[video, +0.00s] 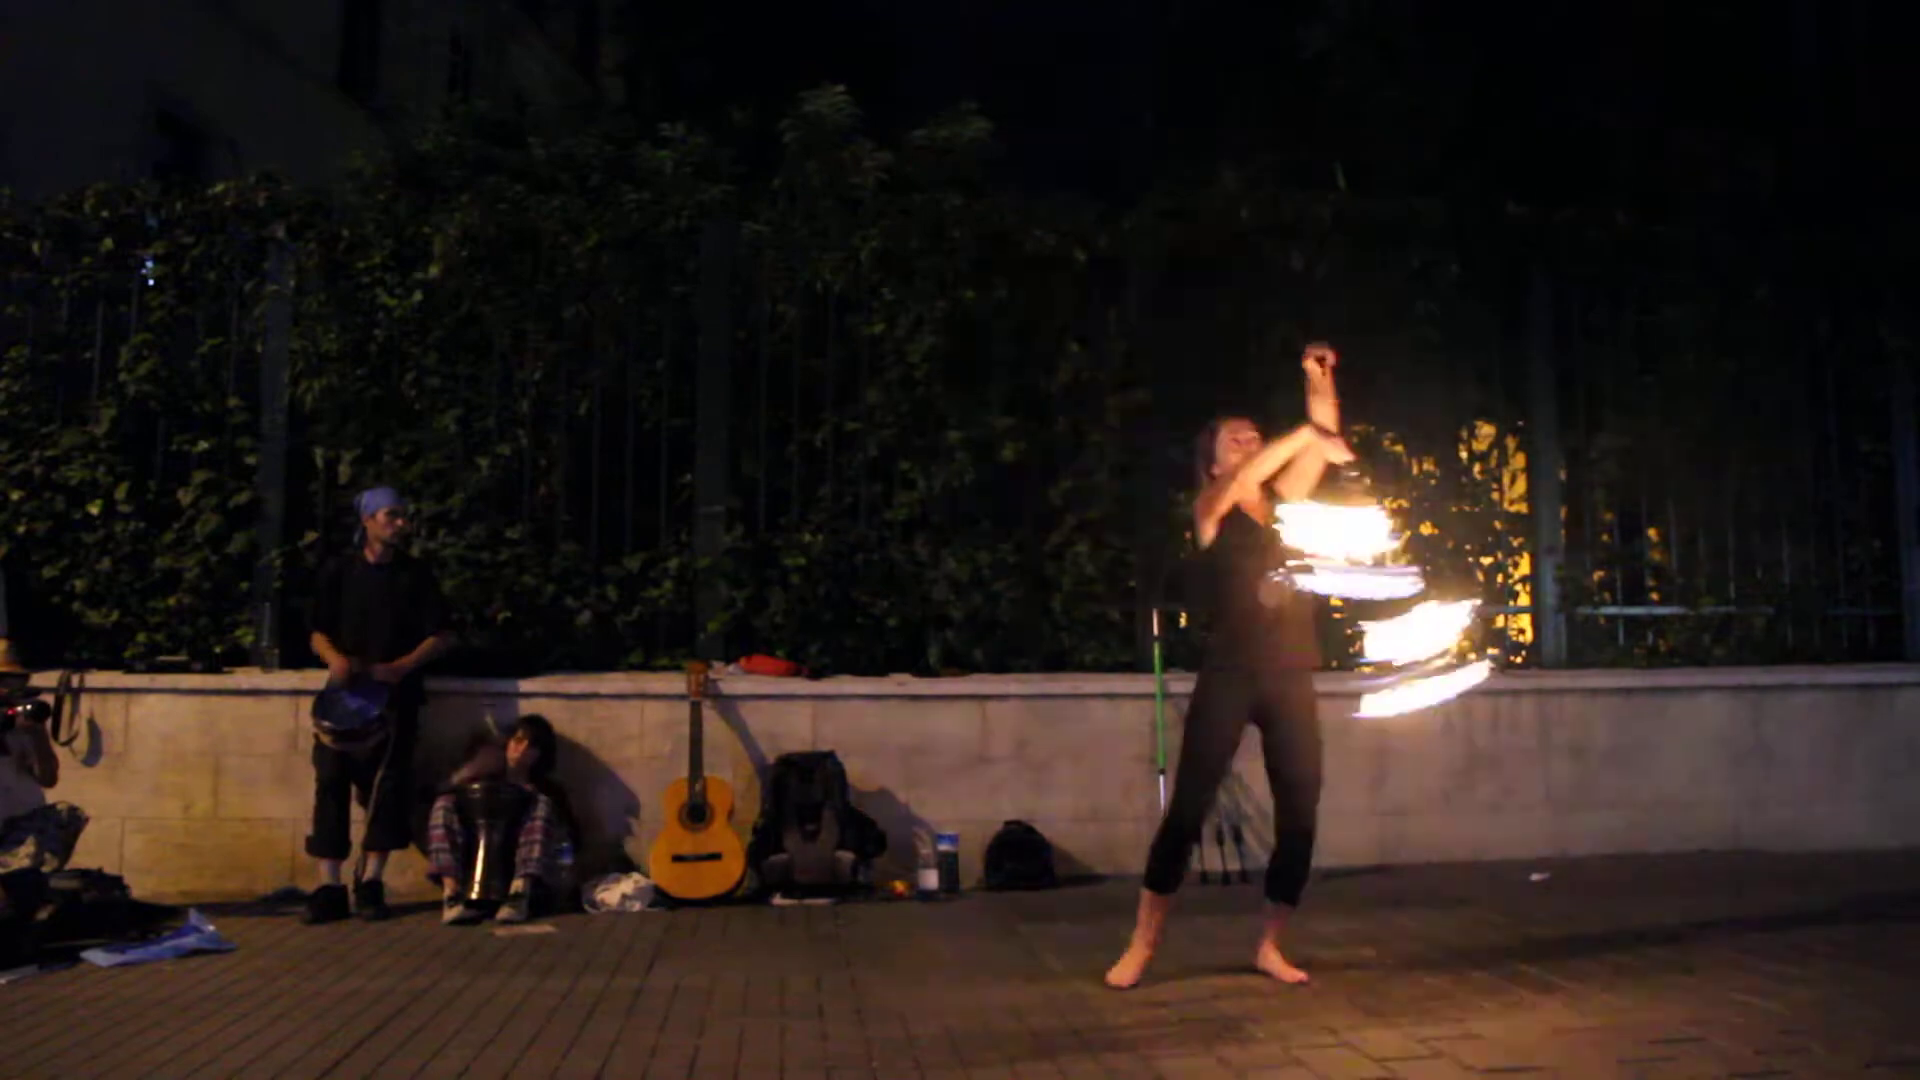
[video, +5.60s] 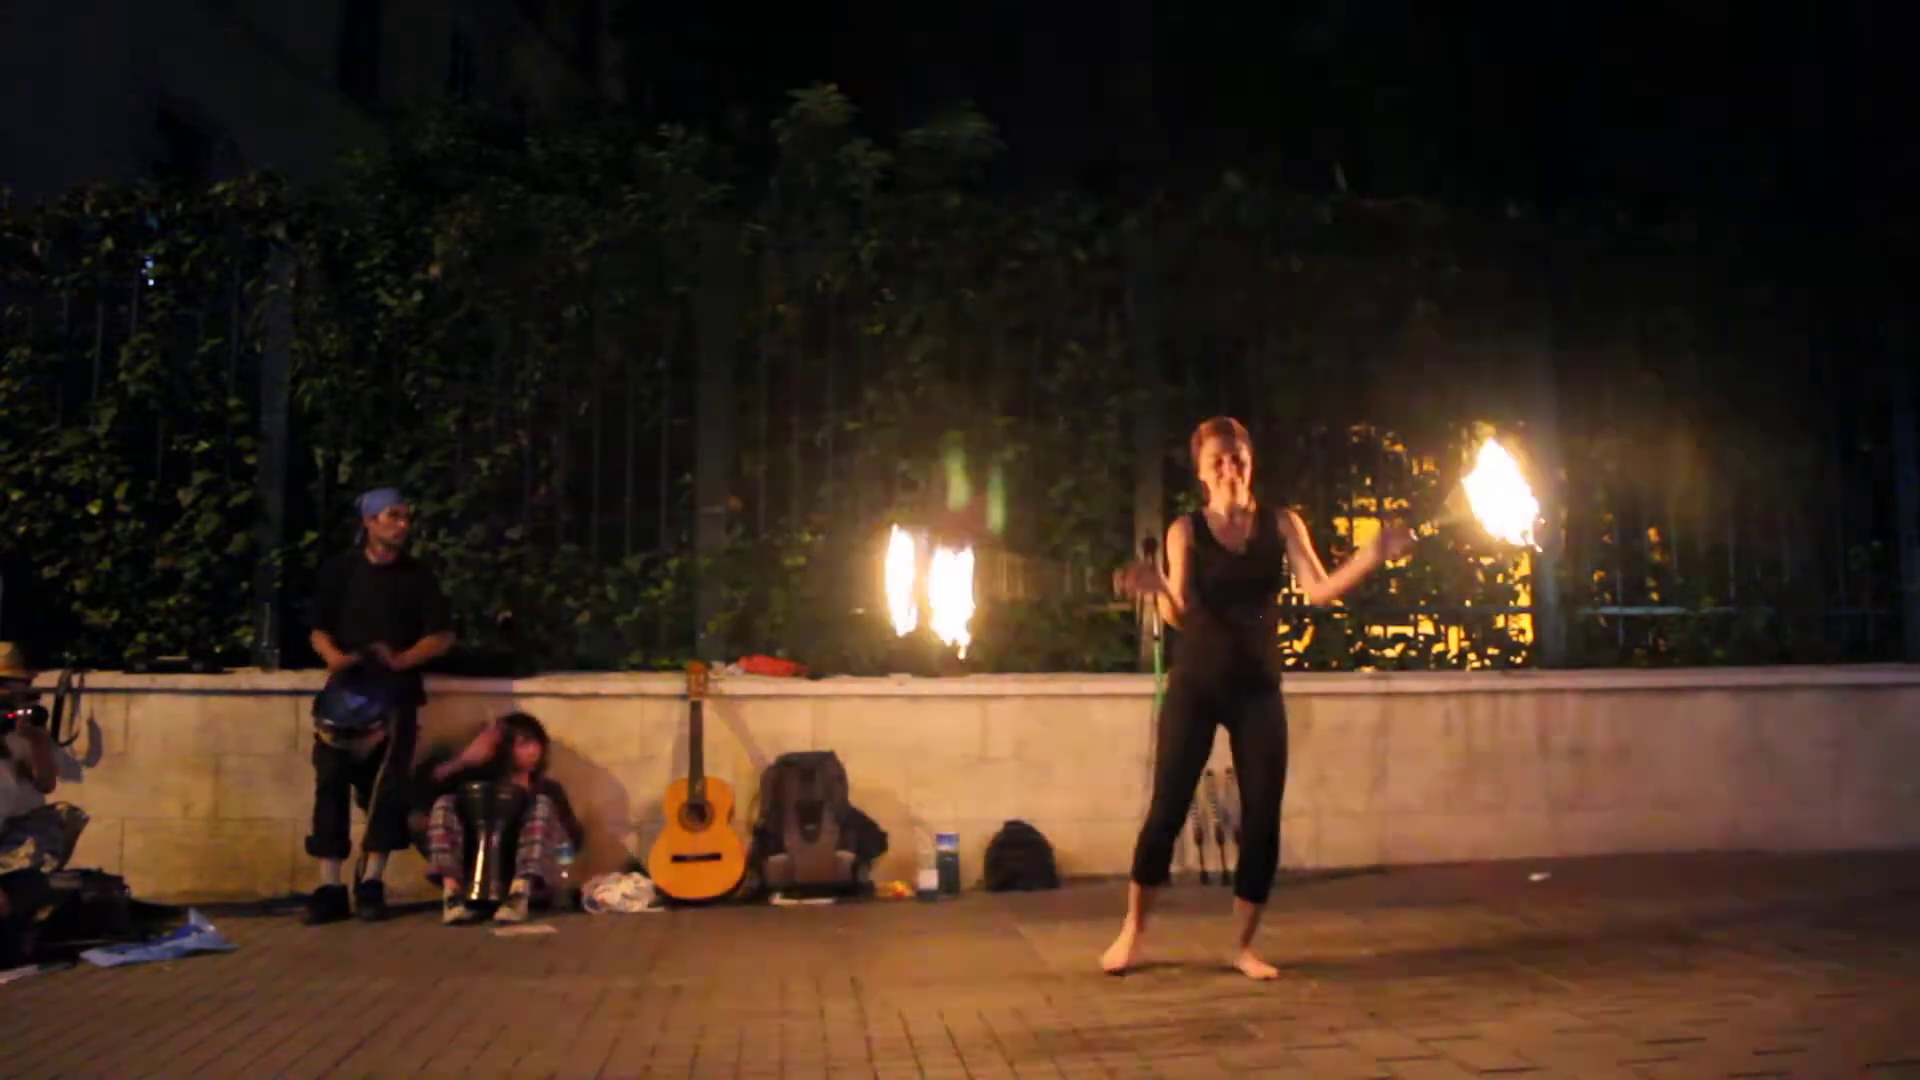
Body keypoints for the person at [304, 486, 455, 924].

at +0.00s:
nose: (401, 523)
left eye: (403, 517)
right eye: (392, 517)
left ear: (403, 523)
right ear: (367, 521)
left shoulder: (416, 573)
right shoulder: (339, 573)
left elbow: (441, 636)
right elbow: (316, 632)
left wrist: (398, 668)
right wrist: (337, 662)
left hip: (395, 694)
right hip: (344, 691)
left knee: (388, 784)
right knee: (331, 783)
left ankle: (371, 880)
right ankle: (329, 883)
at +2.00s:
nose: (400, 523)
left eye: (403, 517)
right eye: (391, 516)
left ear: (406, 523)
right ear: (367, 522)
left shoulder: (417, 575)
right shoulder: (341, 571)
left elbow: (442, 637)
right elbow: (316, 629)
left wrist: (405, 669)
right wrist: (336, 647)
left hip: (395, 693)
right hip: (345, 690)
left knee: (388, 786)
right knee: (331, 784)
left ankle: (371, 880)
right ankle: (330, 883)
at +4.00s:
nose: (401, 523)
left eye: (403, 517)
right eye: (392, 517)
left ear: (404, 523)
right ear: (368, 521)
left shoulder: (417, 573)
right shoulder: (341, 571)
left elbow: (440, 638)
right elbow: (318, 631)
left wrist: (395, 667)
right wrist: (336, 654)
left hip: (396, 695)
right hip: (345, 692)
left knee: (389, 784)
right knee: (331, 781)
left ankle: (370, 881)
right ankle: (330, 882)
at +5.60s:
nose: (403, 525)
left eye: (405, 518)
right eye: (394, 517)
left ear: (407, 524)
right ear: (369, 522)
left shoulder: (417, 575)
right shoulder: (340, 571)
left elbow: (443, 636)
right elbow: (317, 627)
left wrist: (401, 660)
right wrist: (336, 658)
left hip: (396, 693)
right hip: (344, 690)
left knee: (389, 783)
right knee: (331, 782)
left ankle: (371, 880)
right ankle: (330, 882)